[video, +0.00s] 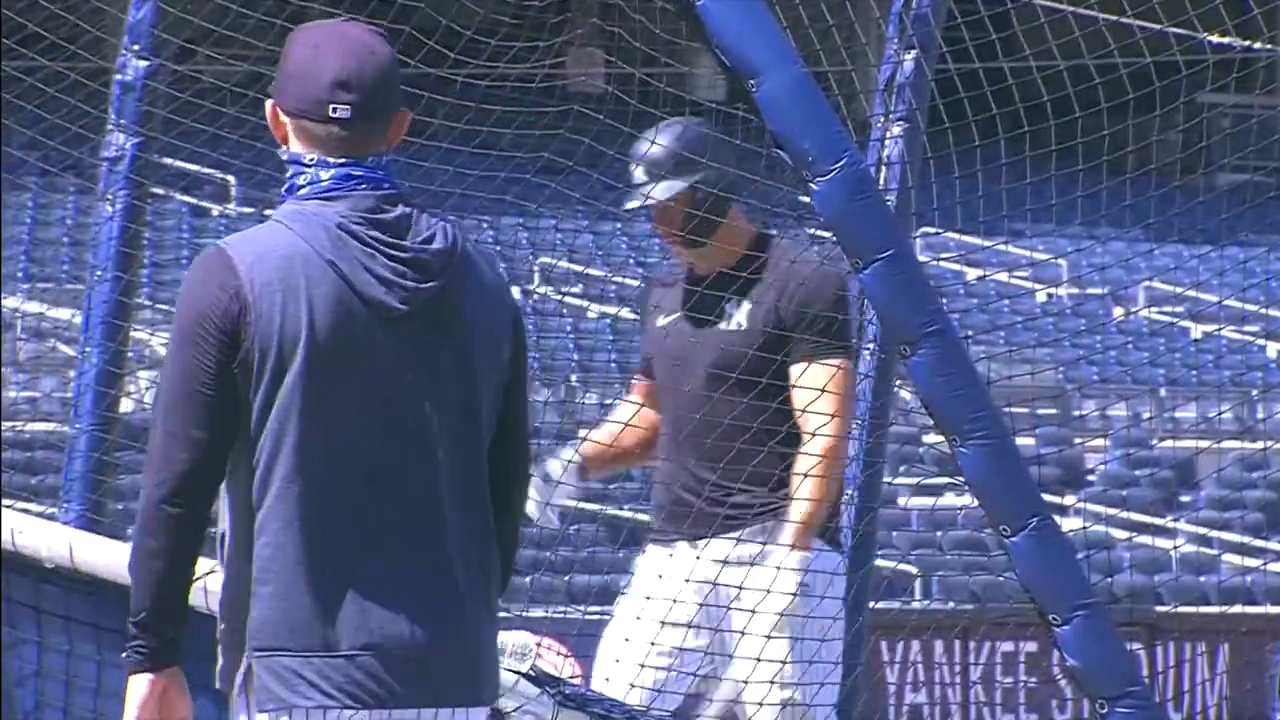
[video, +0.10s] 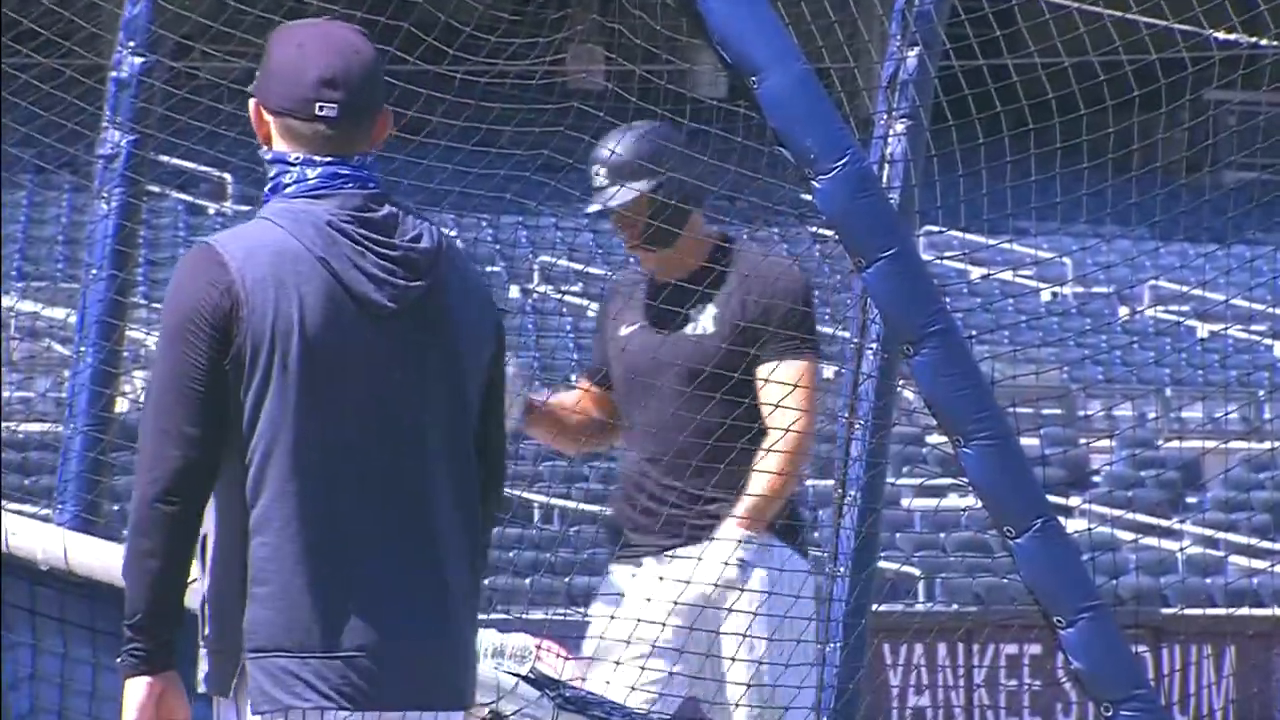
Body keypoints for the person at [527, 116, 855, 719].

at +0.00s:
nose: (668, 226)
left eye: (682, 207)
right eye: (655, 211)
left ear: (726, 195)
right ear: (645, 209)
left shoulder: (807, 279)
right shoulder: (665, 292)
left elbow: (826, 431)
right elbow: (648, 415)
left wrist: (791, 550)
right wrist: (575, 463)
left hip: (779, 547)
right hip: (675, 552)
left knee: (783, 708)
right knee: (617, 708)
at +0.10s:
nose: (628, 232)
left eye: (642, 212)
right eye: (616, 217)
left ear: (685, 197)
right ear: (605, 215)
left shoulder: (768, 281)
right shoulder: (624, 298)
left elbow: (791, 425)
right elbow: (599, 418)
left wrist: (739, 531)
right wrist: (533, 411)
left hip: (748, 559)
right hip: (642, 567)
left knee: (771, 710)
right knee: (610, 712)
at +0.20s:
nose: (575, 228)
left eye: (585, 207)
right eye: (566, 213)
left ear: (630, 195)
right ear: (559, 212)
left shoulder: (725, 278)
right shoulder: (578, 300)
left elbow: (753, 422)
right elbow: (531, 426)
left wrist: (692, 521)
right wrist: (478, 350)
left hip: (706, 567)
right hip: (596, 567)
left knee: (719, 709)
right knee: (572, 712)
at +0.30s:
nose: (544, 229)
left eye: (555, 210)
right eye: (528, 216)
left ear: (592, 187)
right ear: (515, 211)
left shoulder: (687, 269)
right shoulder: (535, 288)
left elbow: (717, 411)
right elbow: (462, 404)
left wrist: (651, 518)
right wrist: (446, 287)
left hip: (654, 572)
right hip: (545, 567)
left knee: (660, 709)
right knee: (530, 713)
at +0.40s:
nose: (514, 232)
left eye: (524, 212)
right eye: (500, 217)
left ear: (566, 185)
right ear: (487, 210)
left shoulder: (666, 259)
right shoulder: (501, 274)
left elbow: (694, 409)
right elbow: (413, 366)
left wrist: (622, 517)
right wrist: (430, 236)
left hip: (616, 560)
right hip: (510, 552)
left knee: (607, 712)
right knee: (498, 713)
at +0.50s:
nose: (490, 216)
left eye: (500, 197)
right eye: (475, 202)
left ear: (544, 175)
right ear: (460, 194)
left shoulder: (642, 259)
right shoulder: (468, 264)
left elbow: (671, 408)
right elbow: (381, 349)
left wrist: (604, 512)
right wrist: (408, 215)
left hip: (586, 547)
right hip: (480, 544)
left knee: (571, 708)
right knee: (477, 708)